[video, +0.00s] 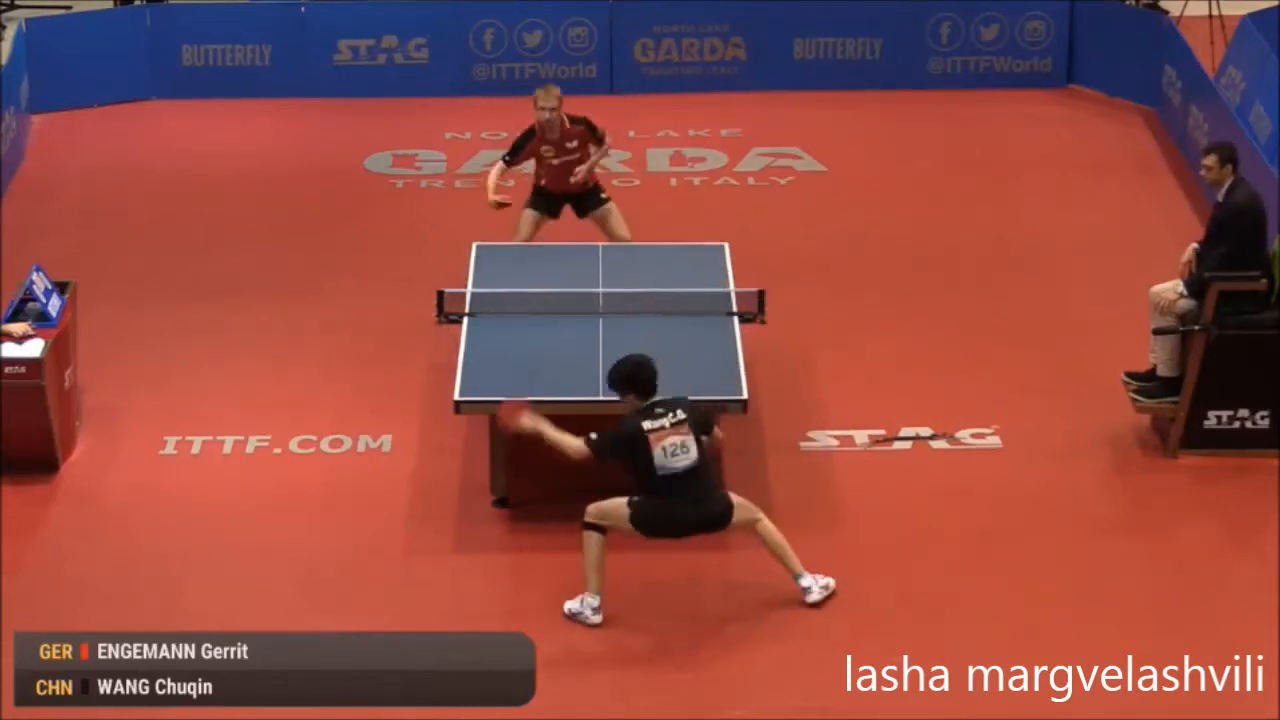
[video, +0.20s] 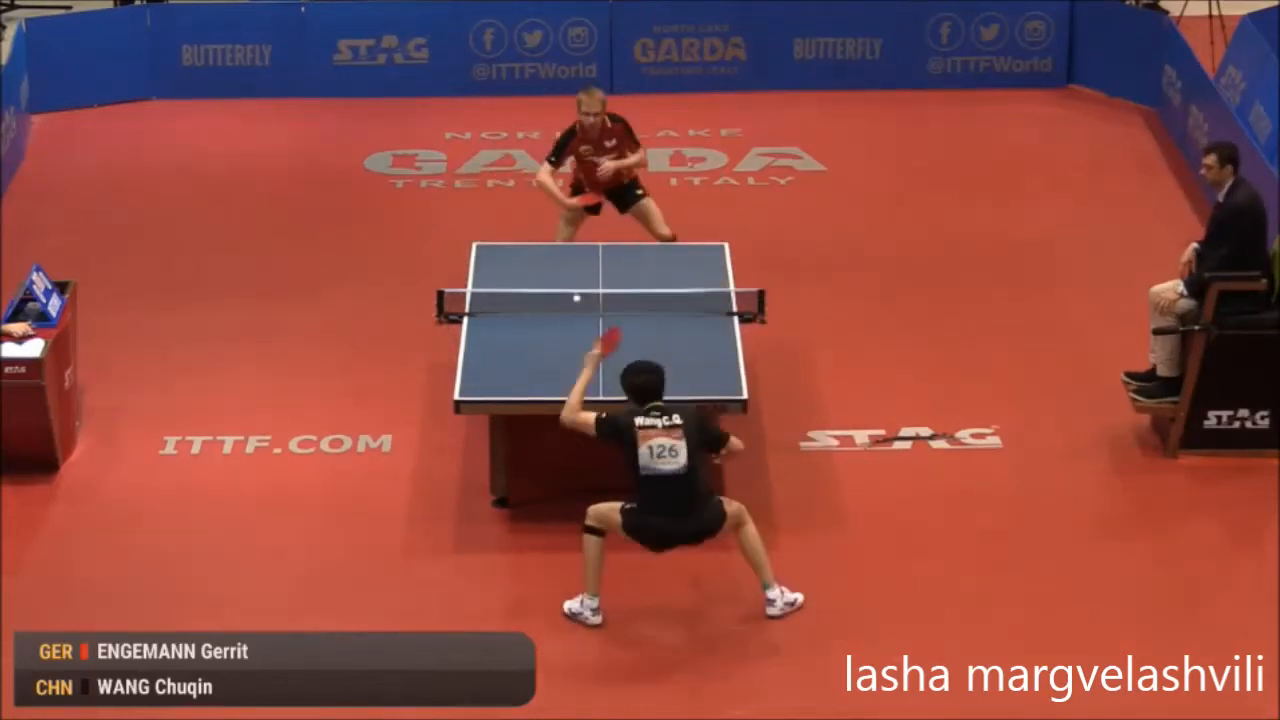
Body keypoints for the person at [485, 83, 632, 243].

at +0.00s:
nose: (548, 116)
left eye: (553, 110)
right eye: (543, 110)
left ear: (561, 108)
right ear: (535, 110)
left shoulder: (582, 126)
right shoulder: (532, 136)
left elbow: (603, 145)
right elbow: (499, 168)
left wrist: (589, 166)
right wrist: (491, 194)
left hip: (584, 188)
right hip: (547, 191)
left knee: (623, 240)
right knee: (520, 242)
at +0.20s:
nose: (591, 120)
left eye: (596, 115)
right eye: (586, 115)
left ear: (604, 111)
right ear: (578, 112)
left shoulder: (618, 125)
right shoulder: (572, 135)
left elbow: (641, 158)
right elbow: (542, 176)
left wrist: (616, 165)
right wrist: (565, 202)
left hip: (621, 184)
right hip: (586, 188)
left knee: (665, 235)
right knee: (560, 244)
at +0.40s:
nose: (637, 104)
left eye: (642, 98)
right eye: (632, 99)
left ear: (650, 96)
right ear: (625, 97)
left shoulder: (667, 107)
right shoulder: (623, 121)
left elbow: (707, 129)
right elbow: (605, 162)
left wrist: (678, 134)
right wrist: (623, 169)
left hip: (680, 178)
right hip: (644, 182)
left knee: (715, 228)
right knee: (613, 235)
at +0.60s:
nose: (693, 62)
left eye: (698, 57)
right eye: (689, 56)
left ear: (705, 56)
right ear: (681, 54)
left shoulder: (719, 78)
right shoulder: (672, 83)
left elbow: (731, 100)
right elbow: (652, 130)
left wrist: (732, 128)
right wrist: (669, 162)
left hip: (716, 151)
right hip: (680, 155)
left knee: (740, 208)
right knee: (666, 216)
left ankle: (740, 264)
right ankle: (664, 259)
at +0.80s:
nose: (670, 151)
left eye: (675, 145)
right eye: (665, 145)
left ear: (684, 143)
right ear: (657, 144)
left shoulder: (701, 156)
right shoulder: (649, 162)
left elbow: (724, 177)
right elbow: (638, 200)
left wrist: (722, 218)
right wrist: (644, 217)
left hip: (700, 209)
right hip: (661, 209)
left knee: (730, 256)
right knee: (620, 249)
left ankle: (740, 299)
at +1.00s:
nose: (678, 130)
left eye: (683, 124)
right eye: (672, 124)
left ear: (690, 122)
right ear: (664, 124)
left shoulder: (707, 141)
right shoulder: (656, 146)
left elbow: (728, 165)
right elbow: (640, 182)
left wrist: (716, 204)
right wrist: (643, 200)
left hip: (700, 202)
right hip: (663, 203)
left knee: (724, 256)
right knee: (625, 249)